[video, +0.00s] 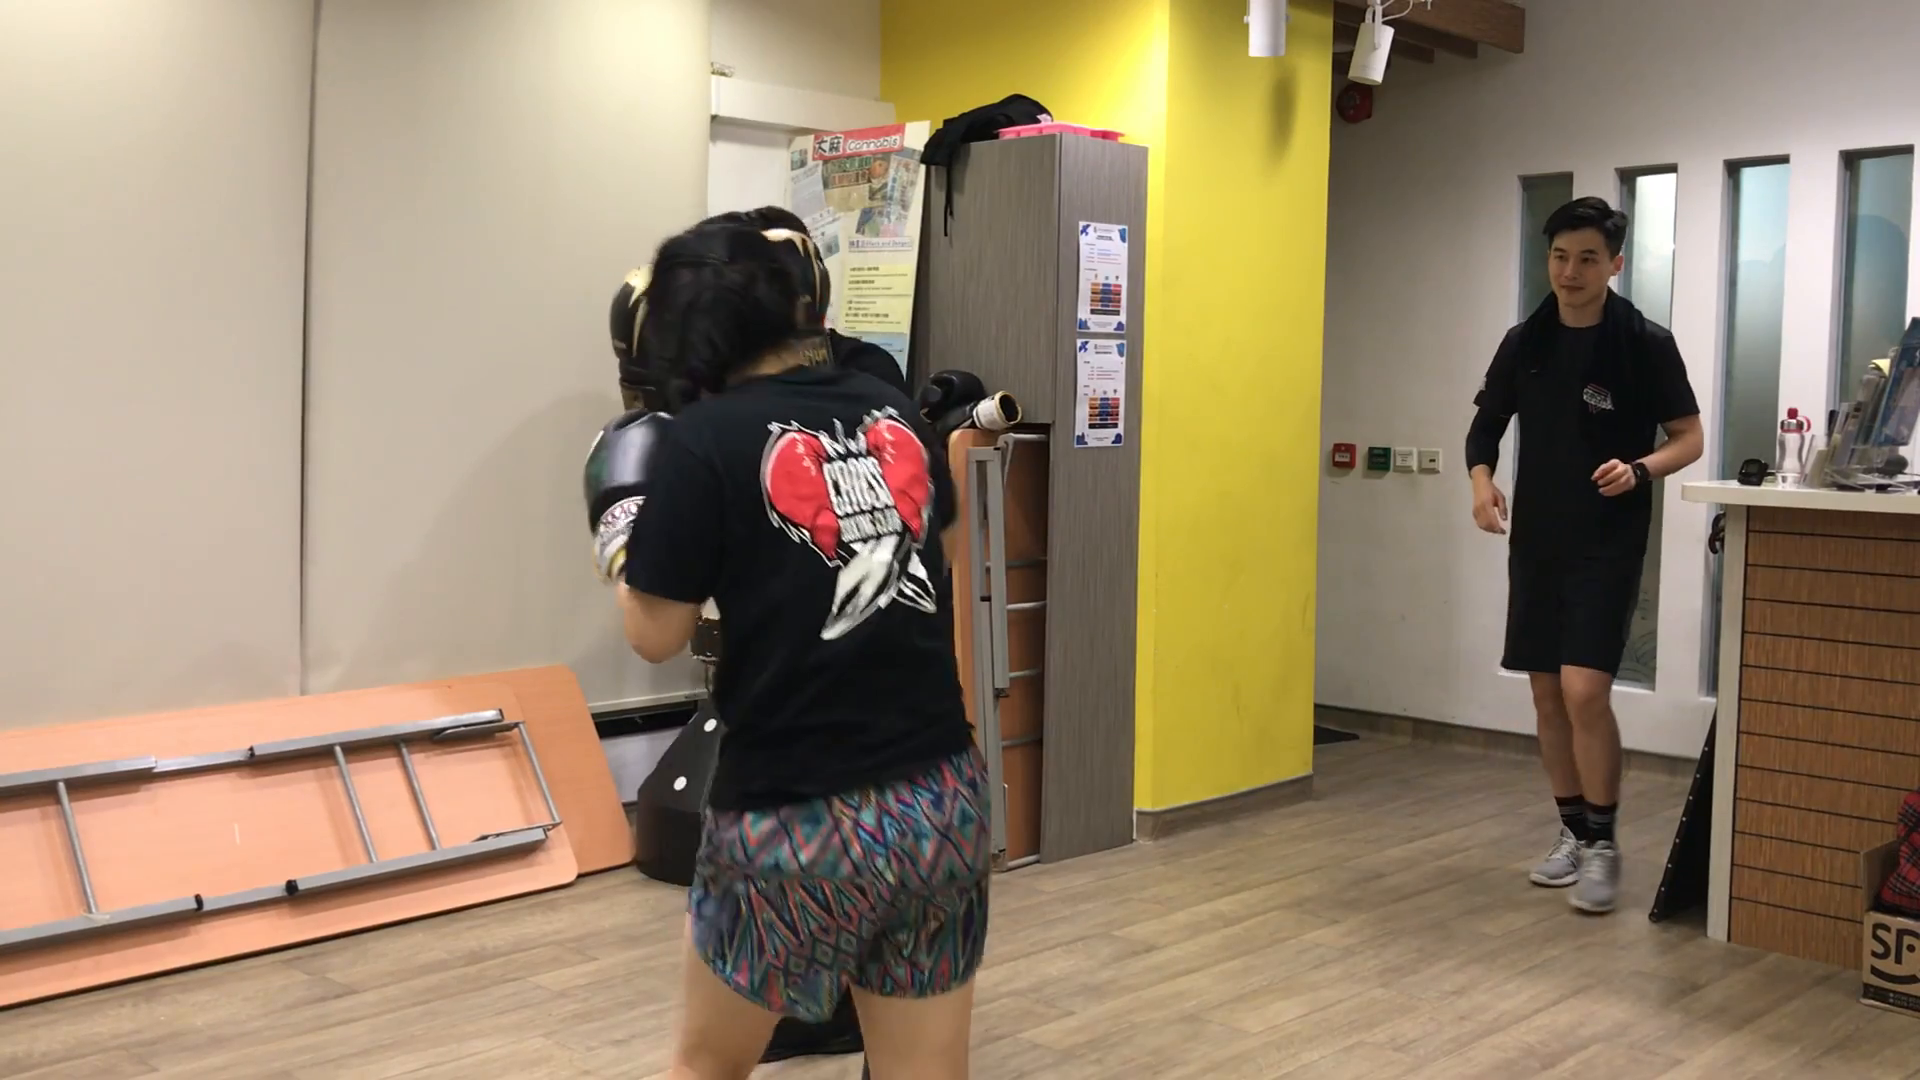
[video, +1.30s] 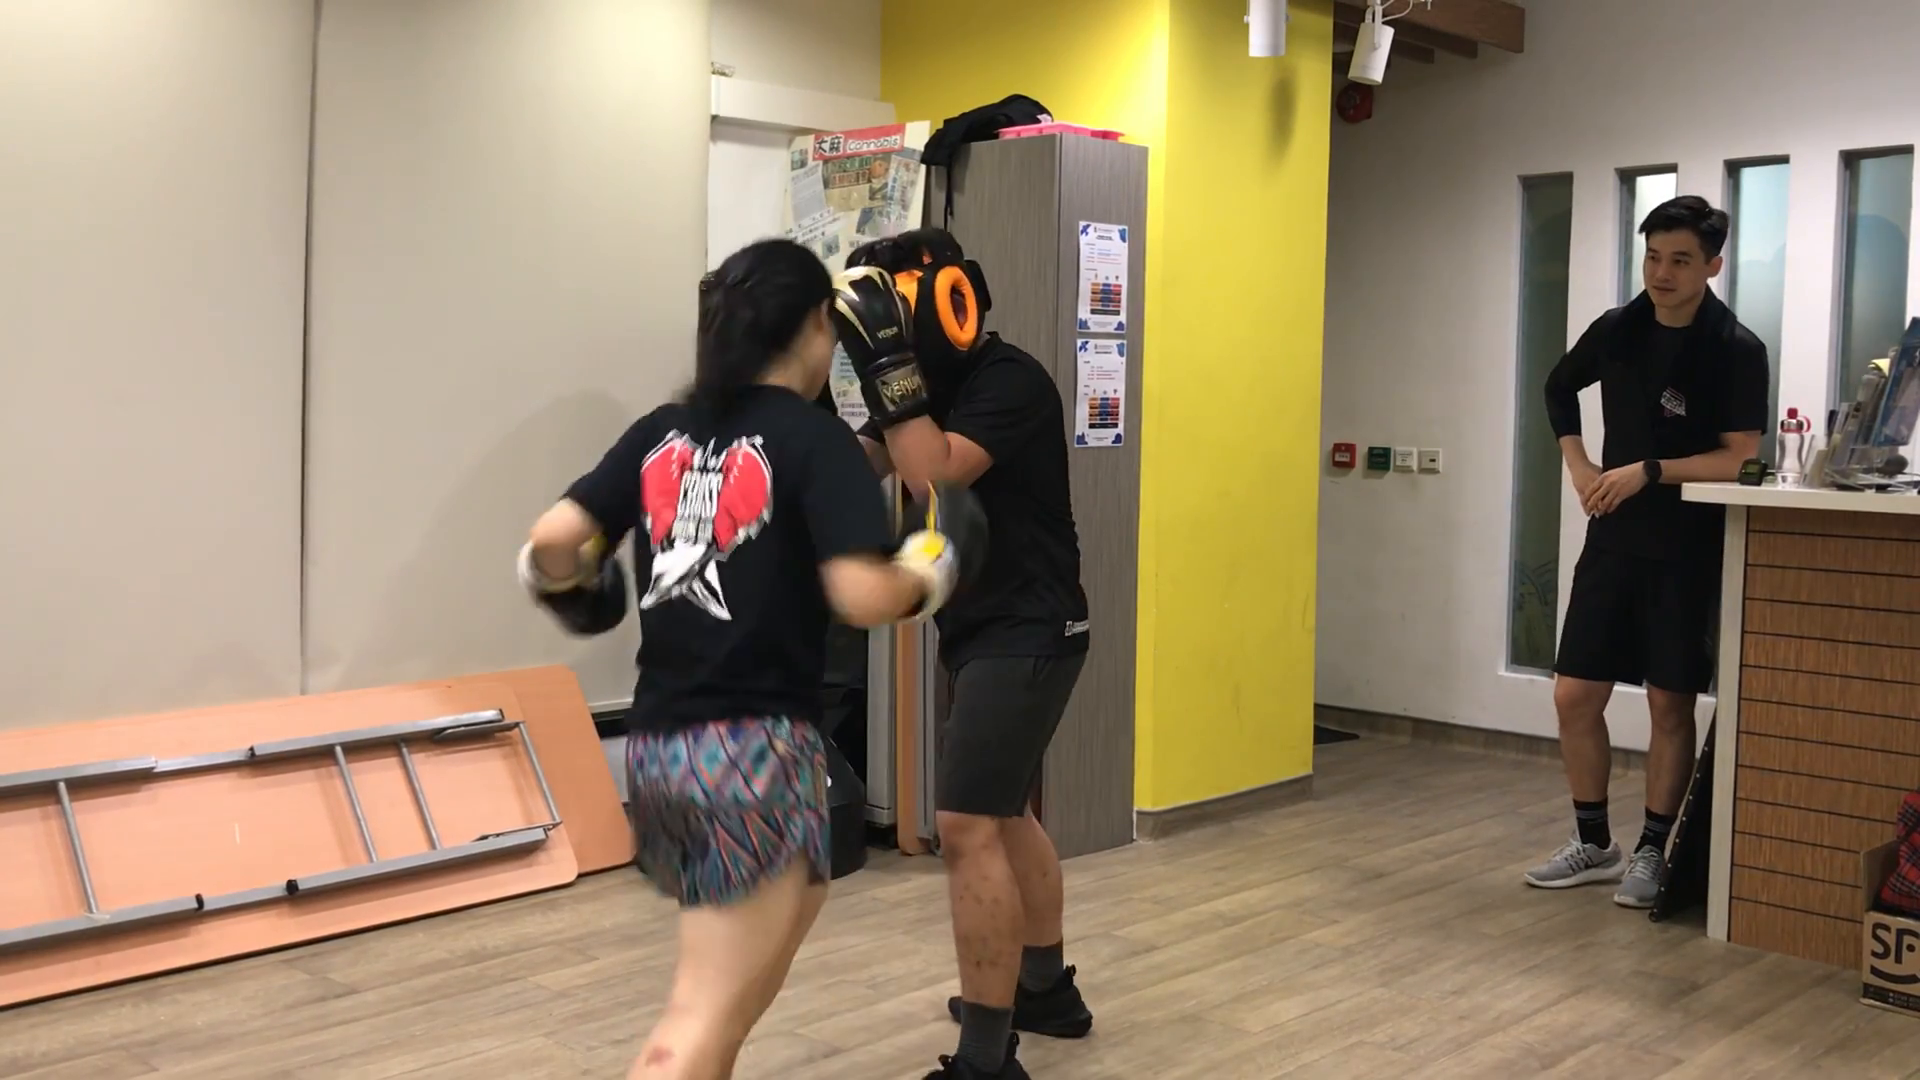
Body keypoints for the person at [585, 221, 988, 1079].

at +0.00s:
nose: (652, 344)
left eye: (660, 325)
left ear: (687, 333)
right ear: (808, 311)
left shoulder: (704, 442)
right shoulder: (891, 404)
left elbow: (655, 635)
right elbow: (943, 551)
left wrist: (624, 513)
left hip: (791, 823)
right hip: (943, 793)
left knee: (707, 1062)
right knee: (928, 1068)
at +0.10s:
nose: (690, 341)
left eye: (692, 323)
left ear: (707, 327)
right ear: (827, 306)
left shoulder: (714, 429)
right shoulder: (917, 407)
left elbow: (673, 625)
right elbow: (966, 548)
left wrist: (646, 503)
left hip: (777, 822)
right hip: (936, 805)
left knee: (699, 1054)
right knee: (924, 1068)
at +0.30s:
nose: (837, 271)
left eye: (831, 258)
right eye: (830, 257)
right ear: (816, 268)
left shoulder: (876, 342)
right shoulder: (739, 366)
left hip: (903, 630)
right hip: (808, 630)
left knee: (923, 834)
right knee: (820, 820)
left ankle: (957, 1023)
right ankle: (822, 993)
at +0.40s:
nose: (838, 292)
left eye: (832, 276)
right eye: (834, 277)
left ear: (706, 292)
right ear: (824, 288)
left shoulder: (651, 395)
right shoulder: (883, 395)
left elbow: (602, 564)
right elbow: (976, 556)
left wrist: (696, 486)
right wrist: (961, 456)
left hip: (679, 796)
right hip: (837, 792)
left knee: (695, 1068)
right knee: (888, 1066)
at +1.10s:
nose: (801, 321)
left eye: (796, 306)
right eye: (798, 304)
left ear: (698, 311)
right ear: (780, 298)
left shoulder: (626, 407)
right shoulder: (812, 389)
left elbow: (596, 576)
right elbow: (917, 496)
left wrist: (691, 525)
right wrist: (898, 408)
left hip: (645, 736)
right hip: (770, 732)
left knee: (700, 985)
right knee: (774, 1018)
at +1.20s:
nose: (814, 353)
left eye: (812, 337)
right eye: (812, 337)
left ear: (705, 344)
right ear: (794, 339)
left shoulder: (636, 442)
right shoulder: (819, 441)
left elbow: (541, 583)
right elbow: (924, 568)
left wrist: (630, 594)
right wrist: (925, 476)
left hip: (651, 776)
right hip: (767, 775)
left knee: (704, 1036)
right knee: (724, 1049)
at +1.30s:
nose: (833, 344)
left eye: (831, 326)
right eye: (828, 325)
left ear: (726, 328)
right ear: (805, 328)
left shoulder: (658, 432)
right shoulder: (812, 435)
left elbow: (555, 536)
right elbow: (859, 596)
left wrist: (569, 585)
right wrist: (924, 574)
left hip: (656, 746)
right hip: (760, 747)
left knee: (738, 988)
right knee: (698, 1024)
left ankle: (693, 1061)